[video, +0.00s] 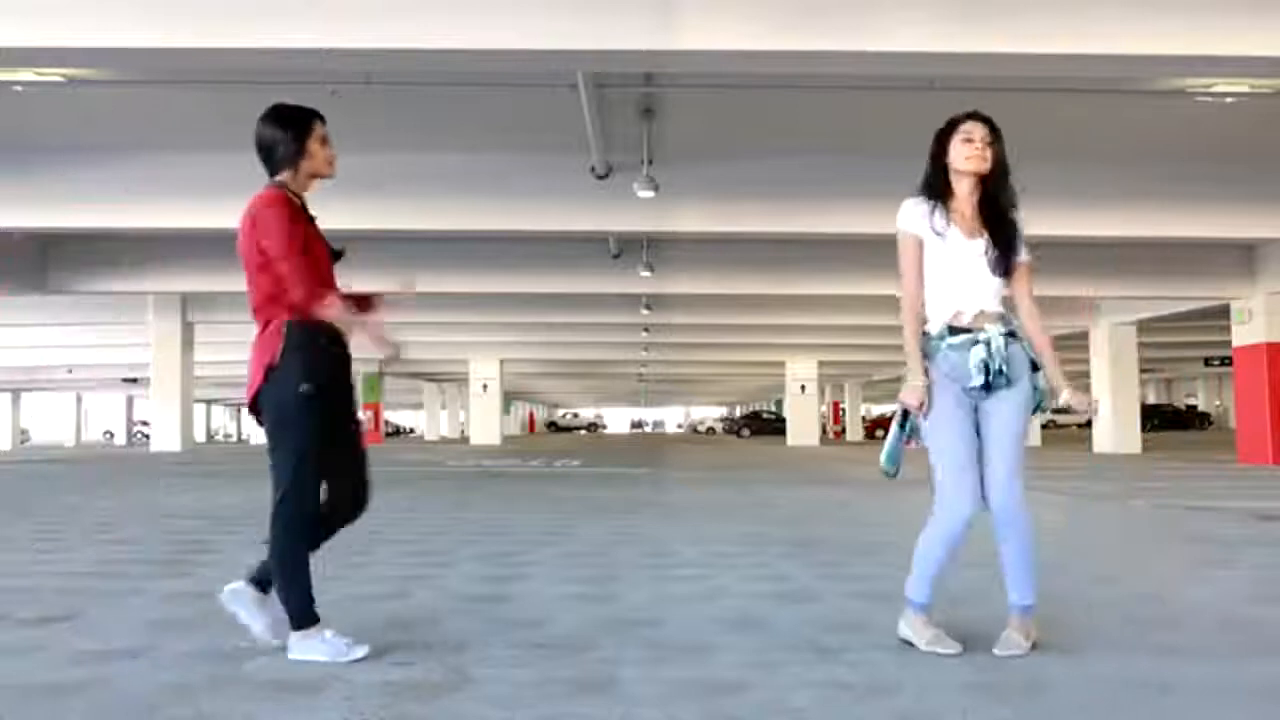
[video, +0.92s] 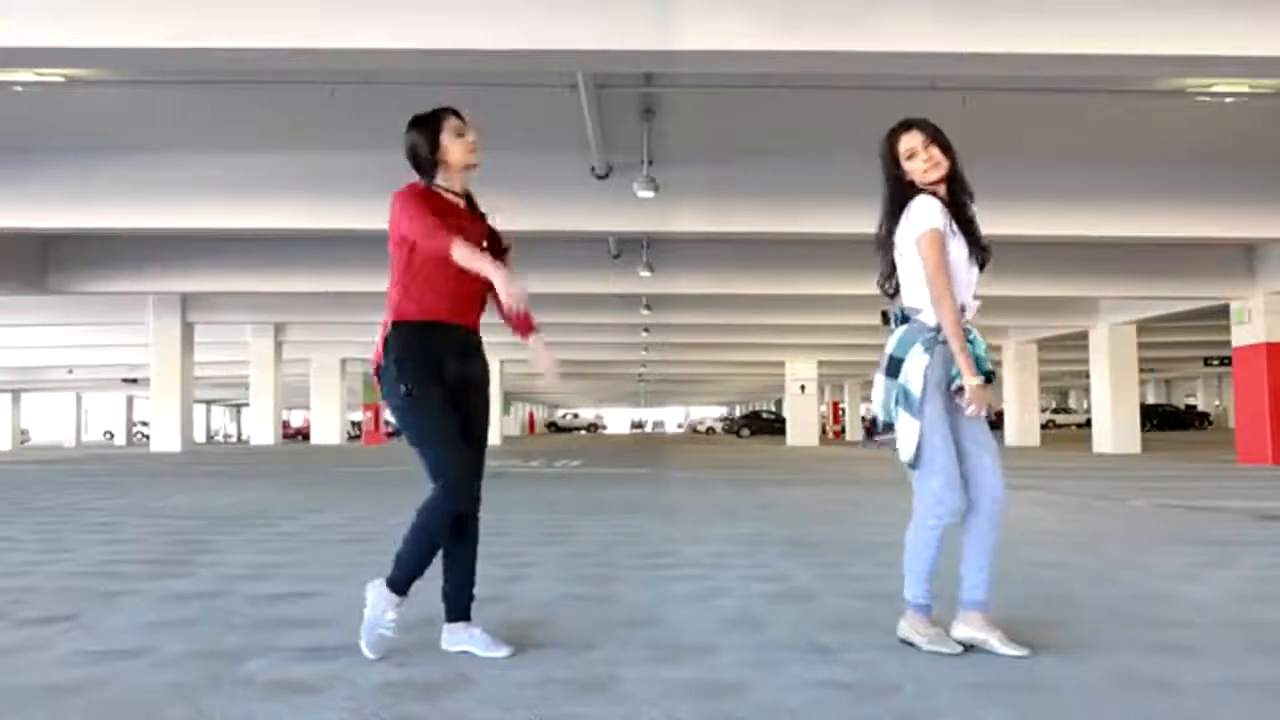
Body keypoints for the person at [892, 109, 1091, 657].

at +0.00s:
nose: (976, 148)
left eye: (985, 142)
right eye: (965, 140)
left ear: (996, 158)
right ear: (944, 152)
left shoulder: (1006, 225)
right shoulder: (919, 213)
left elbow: (1025, 306)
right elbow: (911, 298)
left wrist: (1059, 381)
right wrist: (914, 372)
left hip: (1007, 358)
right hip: (943, 359)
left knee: (1005, 493)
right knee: (960, 498)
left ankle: (1022, 618)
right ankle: (915, 612)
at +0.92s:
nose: (928, 158)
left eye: (931, 146)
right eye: (913, 156)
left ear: (946, 150)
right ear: (903, 172)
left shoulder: (946, 214)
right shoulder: (923, 211)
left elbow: (951, 300)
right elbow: (940, 294)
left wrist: (973, 372)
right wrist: (969, 372)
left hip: (959, 358)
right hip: (926, 357)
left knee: (989, 490)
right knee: (939, 493)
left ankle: (973, 615)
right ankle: (916, 616)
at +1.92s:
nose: (925, 164)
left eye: (932, 153)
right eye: (916, 160)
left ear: (956, 155)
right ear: (911, 171)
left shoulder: (985, 224)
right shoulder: (917, 216)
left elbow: (996, 301)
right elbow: (869, 287)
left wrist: (1007, 358)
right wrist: (887, 358)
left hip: (968, 362)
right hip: (915, 356)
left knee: (995, 493)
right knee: (924, 490)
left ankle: (977, 616)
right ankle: (912, 615)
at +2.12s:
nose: (920, 155)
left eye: (929, 146)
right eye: (918, 146)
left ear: (958, 150)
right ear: (921, 153)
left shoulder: (1003, 213)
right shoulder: (910, 209)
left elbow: (1068, 257)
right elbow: (842, 242)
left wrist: (1034, 315)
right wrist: (869, 291)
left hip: (984, 353)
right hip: (918, 353)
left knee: (984, 490)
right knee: (920, 491)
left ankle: (1008, 613)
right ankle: (912, 614)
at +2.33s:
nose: (936, 159)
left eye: (945, 151)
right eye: (938, 150)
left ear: (972, 159)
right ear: (953, 159)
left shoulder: (1013, 215)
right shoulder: (930, 216)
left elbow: (1083, 268)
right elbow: (905, 274)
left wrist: (1036, 321)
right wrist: (916, 315)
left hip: (998, 359)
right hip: (938, 356)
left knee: (1003, 489)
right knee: (926, 487)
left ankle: (1009, 613)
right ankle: (910, 609)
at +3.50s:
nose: (997, 153)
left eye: (1010, 151)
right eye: (991, 143)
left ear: (1017, 172)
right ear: (970, 156)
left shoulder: (1026, 223)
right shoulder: (941, 227)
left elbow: (1095, 266)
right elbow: (914, 289)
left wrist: (1056, 325)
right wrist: (936, 333)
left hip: (1021, 359)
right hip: (963, 363)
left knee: (1016, 490)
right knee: (950, 490)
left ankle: (1012, 613)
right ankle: (984, 575)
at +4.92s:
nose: (922, 167)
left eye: (933, 162)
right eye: (926, 159)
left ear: (957, 175)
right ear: (932, 171)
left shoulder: (979, 233)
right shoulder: (906, 232)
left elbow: (1045, 282)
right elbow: (881, 294)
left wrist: (1000, 330)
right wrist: (895, 328)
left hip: (960, 359)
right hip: (913, 360)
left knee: (958, 486)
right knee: (926, 489)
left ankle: (942, 606)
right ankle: (989, 575)